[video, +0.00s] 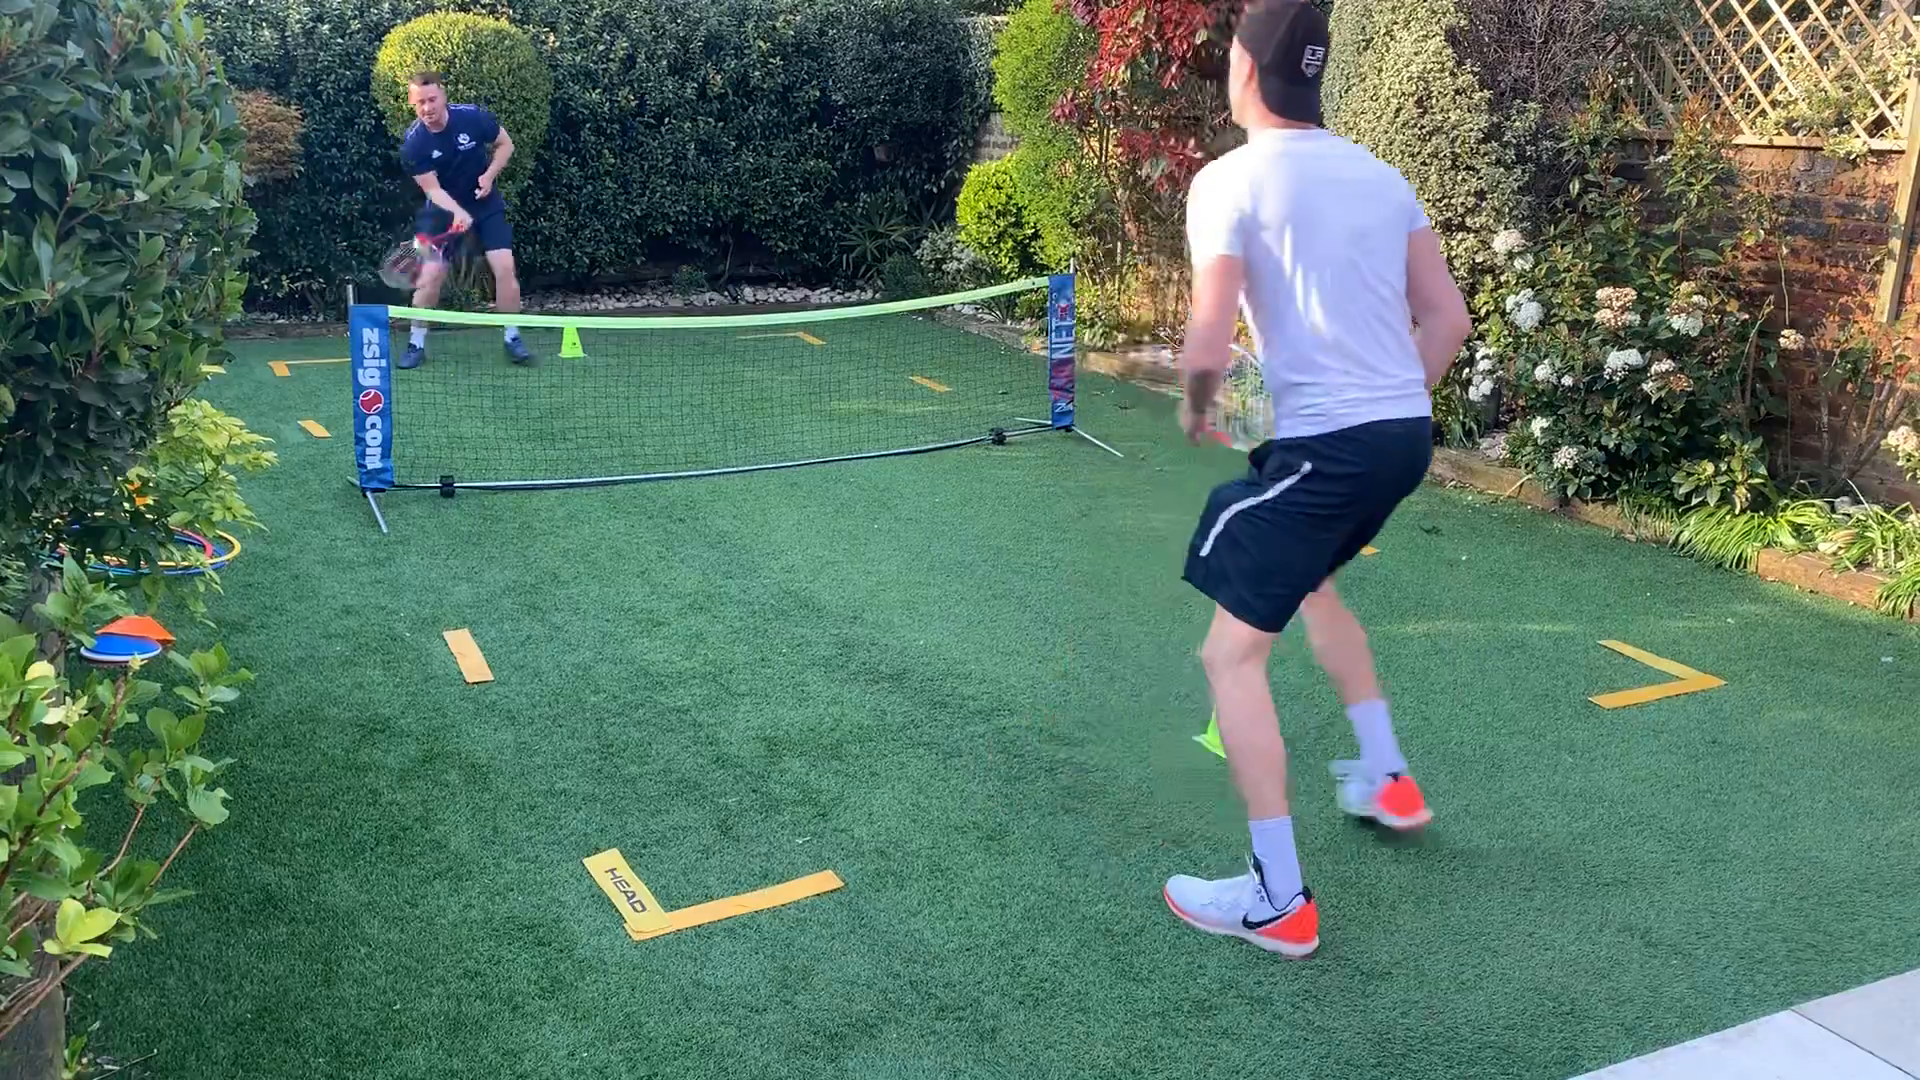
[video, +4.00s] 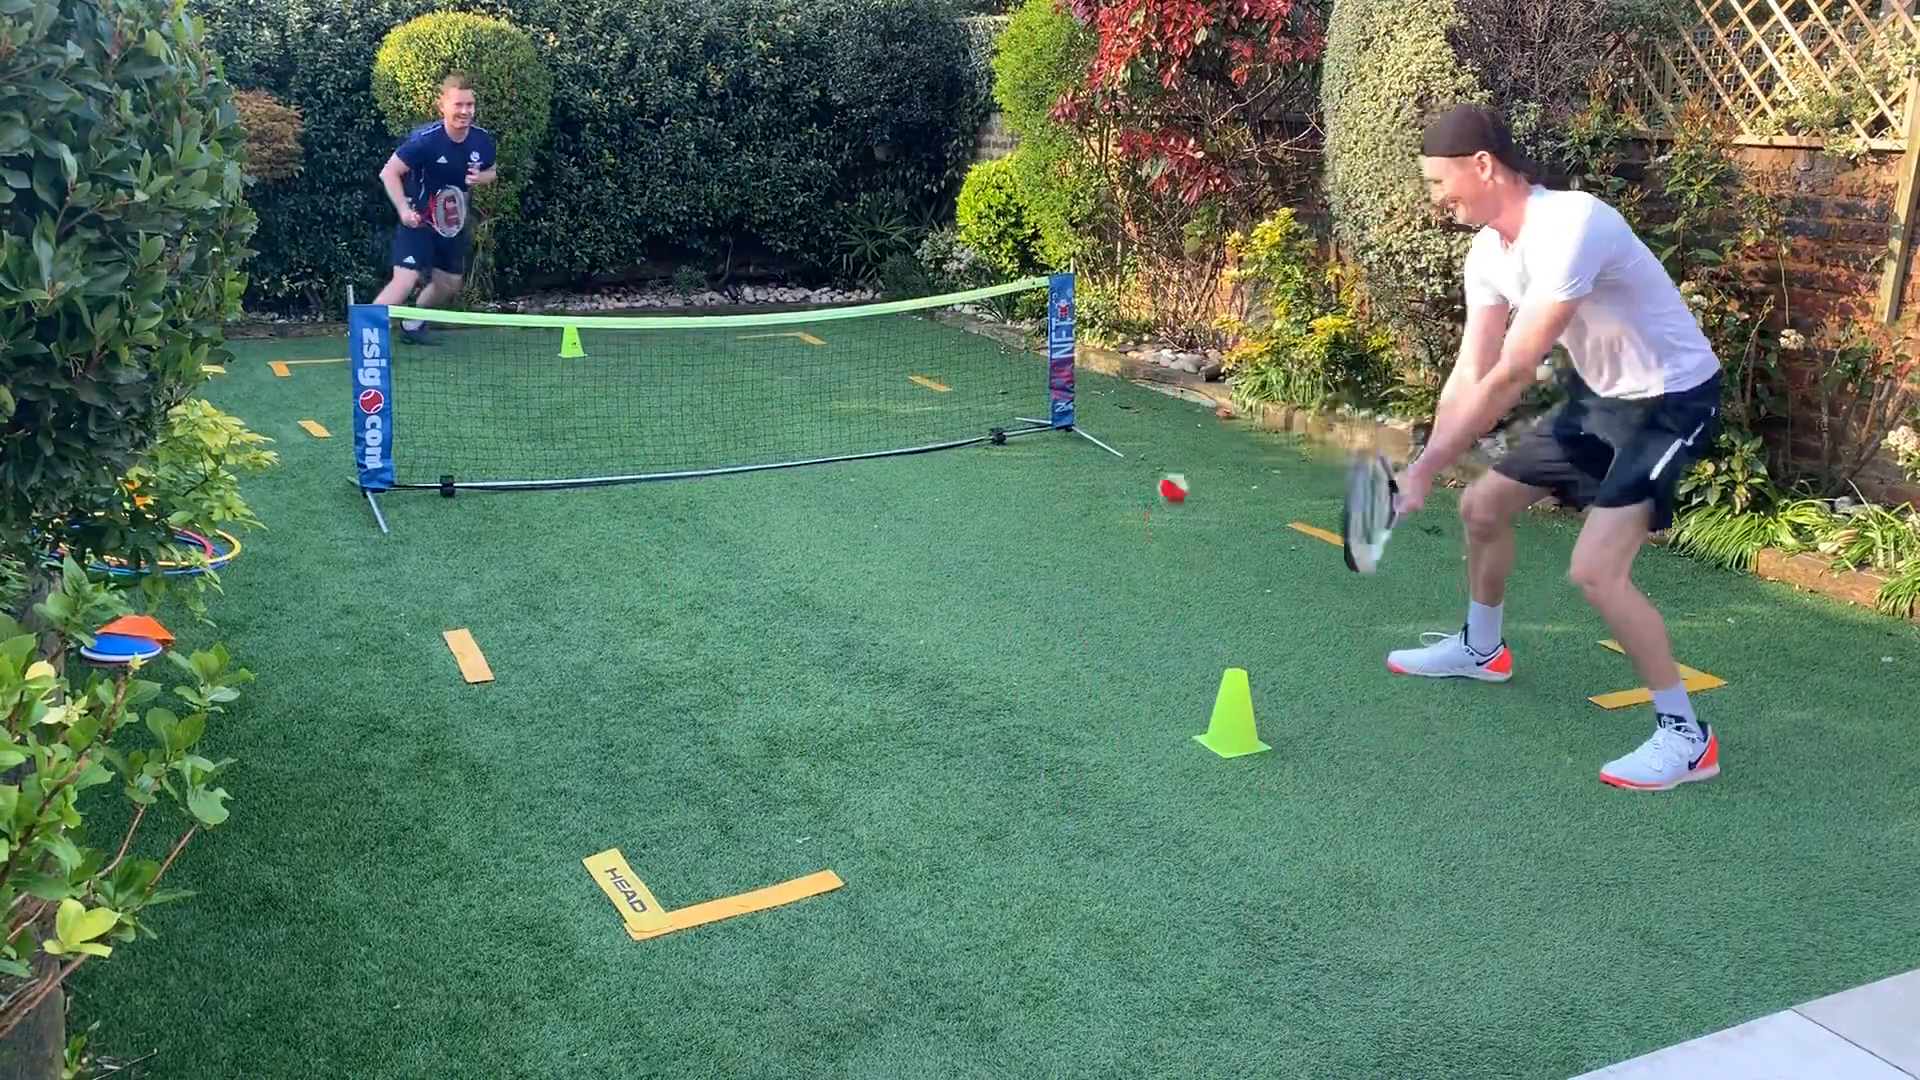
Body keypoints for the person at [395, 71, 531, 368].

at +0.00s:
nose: (427, 108)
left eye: (432, 99)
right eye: (420, 103)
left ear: (444, 97)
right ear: (413, 106)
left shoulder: (474, 118)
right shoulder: (413, 145)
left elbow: (505, 144)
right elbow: (432, 189)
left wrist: (491, 173)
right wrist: (458, 211)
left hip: (484, 203)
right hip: (441, 207)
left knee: (505, 268)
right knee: (431, 273)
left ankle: (512, 337)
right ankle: (416, 344)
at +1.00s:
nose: (642, 105)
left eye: (648, 98)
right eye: (636, 99)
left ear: (659, 94)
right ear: (626, 97)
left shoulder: (679, 122)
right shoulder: (620, 129)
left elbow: (712, 156)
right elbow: (614, 165)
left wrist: (682, 171)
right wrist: (633, 182)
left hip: (682, 201)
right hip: (643, 202)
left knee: (708, 269)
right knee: (632, 262)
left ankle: (734, 329)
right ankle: (649, 326)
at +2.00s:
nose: (569, 110)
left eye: (573, 103)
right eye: (562, 104)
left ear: (584, 103)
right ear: (554, 106)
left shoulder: (603, 136)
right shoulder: (544, 144)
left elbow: (626, 178)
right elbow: (530, 180)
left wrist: (596, 191)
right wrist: (529, 206)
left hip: (601, 215)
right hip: (560, 217)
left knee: (633, 269)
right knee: (534, 272)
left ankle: (642, 324)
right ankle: (512, 322)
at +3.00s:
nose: (561, 122)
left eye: (567, 114)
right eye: (554, 115)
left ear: (578, 115)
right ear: (545, 119)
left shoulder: (601, 149)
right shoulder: (538, 156)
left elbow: (634, 186)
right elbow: (536, 205)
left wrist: (604, 200)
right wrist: (549, 226)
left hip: (607, 231)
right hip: (566, 232)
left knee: (639, 294)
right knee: (532, 276)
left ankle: (681, 346)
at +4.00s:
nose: (465, 111)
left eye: (469, 105)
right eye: (458, 105)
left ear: (475, 107)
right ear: (442, 106)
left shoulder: (480, 140)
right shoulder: (424, 140)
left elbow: (492, 172)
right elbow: (389, 172)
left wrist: (480, 177)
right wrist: (403, 209)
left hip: (453, 224)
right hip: (419, 220)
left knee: (448, 284)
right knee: (406, 279)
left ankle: (412, 326)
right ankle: (366, 330)